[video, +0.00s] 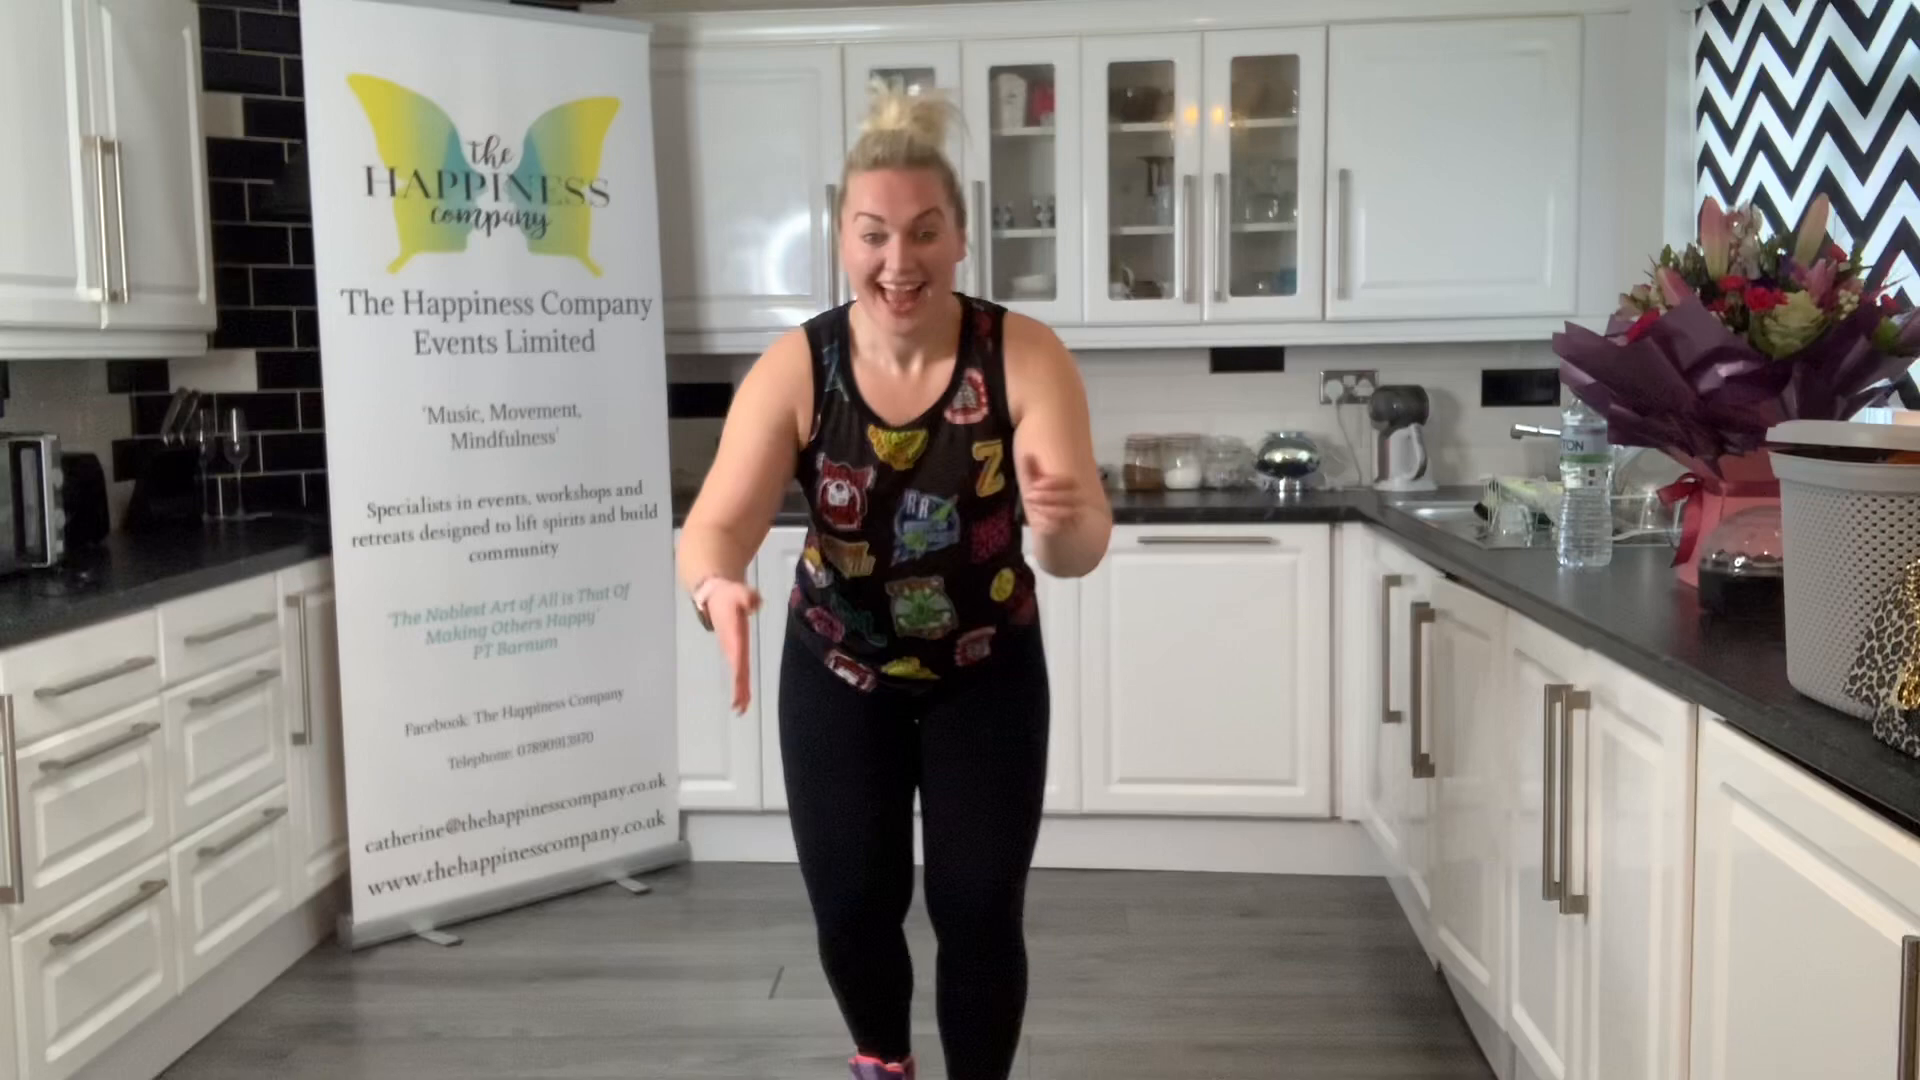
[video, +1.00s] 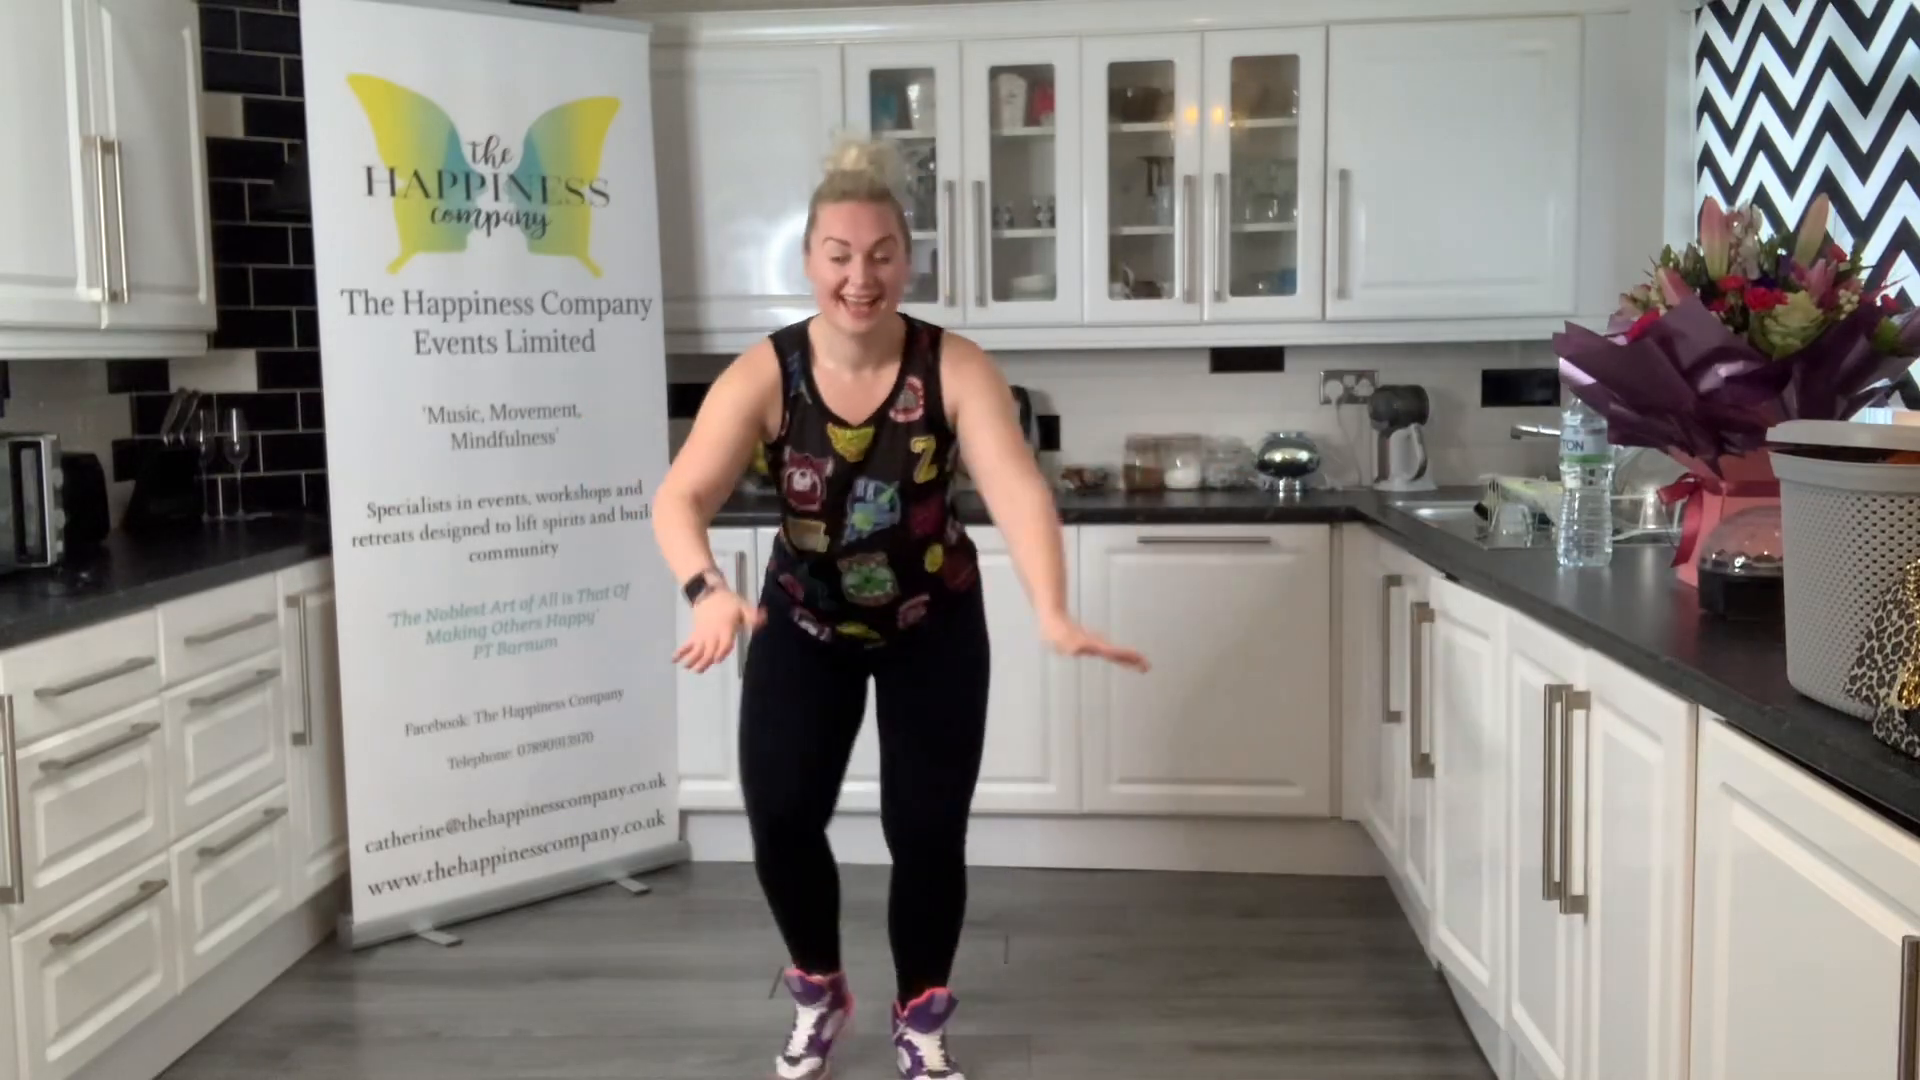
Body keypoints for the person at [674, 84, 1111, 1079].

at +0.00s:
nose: (900, 260)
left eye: (924, 231)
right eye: (874, 232)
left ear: (959, 232)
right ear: (842, 236)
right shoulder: (793, 368)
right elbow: (714, 525)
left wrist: (1061, 517)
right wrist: (715, 582)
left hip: (985, 667)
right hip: (838, 664)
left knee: (978, 912)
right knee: (850, 906)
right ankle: (883, 1062)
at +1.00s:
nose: (860, 276)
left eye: (880, 255)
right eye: (839, 255)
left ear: (908, 258)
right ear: (808, 261)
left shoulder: (956, 370)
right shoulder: (764, 375)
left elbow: (1019, 493)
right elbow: (678, 500)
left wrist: (1054, 610)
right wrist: (708, 587)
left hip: (931, 621)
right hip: (805, 619)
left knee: (926, 829)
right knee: (781, 816)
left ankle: (922, 1021)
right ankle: (817, 993)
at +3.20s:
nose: (895, 224)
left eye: (913, 208)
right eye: (877, 208)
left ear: (938, 223)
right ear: (853, 225)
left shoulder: (982, 341)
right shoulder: (810, 340)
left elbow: (1015, 475)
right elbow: (768, 481)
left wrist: (1045, 603)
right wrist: (831, 592)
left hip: (957, 587)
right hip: (837, 583)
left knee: (963, 770)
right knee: (793, 766)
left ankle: (983, 945)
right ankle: (777, 922)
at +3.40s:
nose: (866, 235)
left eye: (883, 219)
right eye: (847, 220)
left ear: (908, 237)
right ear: (822, 238)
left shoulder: (942, 357)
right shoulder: (773, 339)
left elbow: (920, 501)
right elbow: (670, 433)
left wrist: (859, 610)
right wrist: (633, 566)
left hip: (891, 579)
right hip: (774, 584)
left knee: (941, 765)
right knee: (770, 773)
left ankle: (976, 941)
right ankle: (759, 948)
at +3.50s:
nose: (847, 253)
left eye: (864, 236)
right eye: (828, 237)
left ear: (889, 249)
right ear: (803, 252)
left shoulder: (920, 375)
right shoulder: (750, 351)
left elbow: (899, 515)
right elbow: (627, 421)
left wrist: (801, 580)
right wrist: (562, 526)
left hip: (860, 580)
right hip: (747, 586)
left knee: (931, 743)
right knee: (750, 775)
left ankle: (934, 919)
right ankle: (758, 950)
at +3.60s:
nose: (834, 240)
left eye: (851, 223)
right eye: (815, 225)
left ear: (877, 238)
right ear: (790, 242)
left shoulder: (908, 364)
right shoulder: (736, 334)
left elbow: (887, 505)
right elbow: (626, 402)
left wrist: (782, 535)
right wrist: (556, 470)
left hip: (849, 581)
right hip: (736, 582)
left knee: (892, 737)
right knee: (749, 769)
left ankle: (867, 908)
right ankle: (756, 946)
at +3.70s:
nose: (825, 232)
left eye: (842, 216)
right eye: (806, 217)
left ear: (867, 231)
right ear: (780, 235)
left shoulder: (903, 351)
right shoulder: (727, 331)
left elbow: (886, 486)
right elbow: (640, 404)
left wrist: (801, 501)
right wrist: (565, 450)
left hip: (842, 590)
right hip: (730, 585)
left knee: (838, 773)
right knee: (747, 773)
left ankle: (819, 935)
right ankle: (754, 945)